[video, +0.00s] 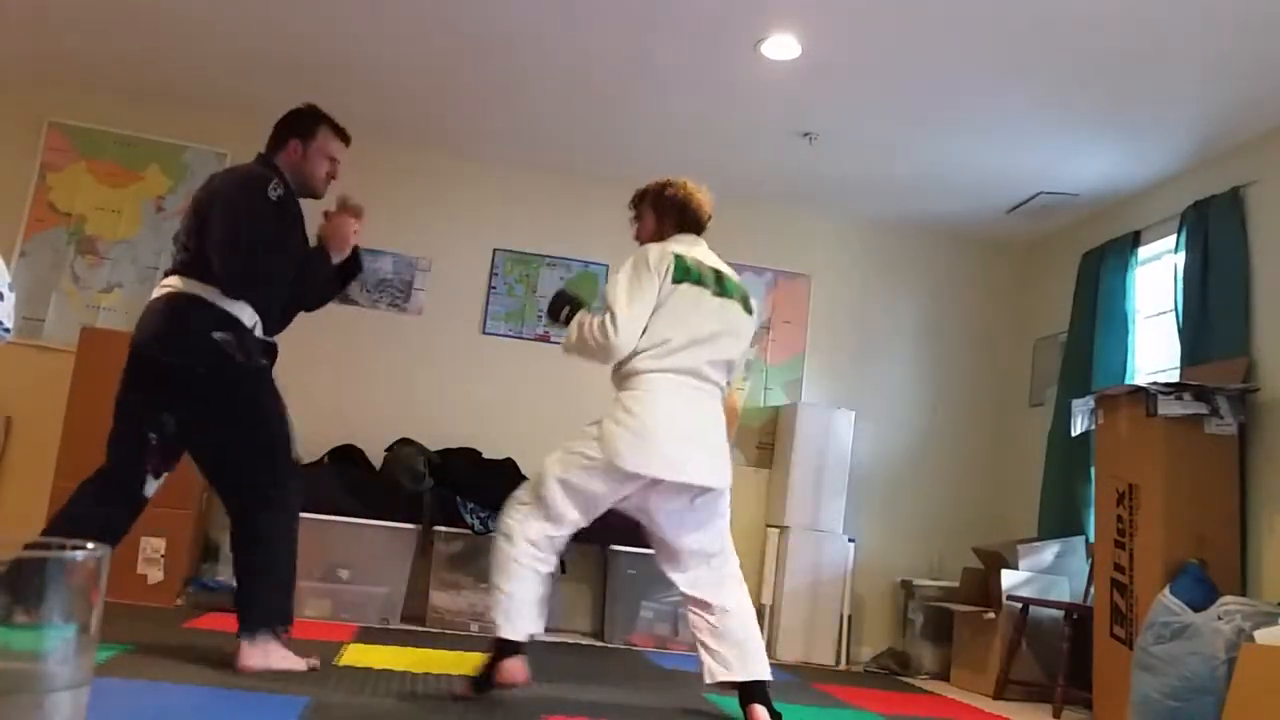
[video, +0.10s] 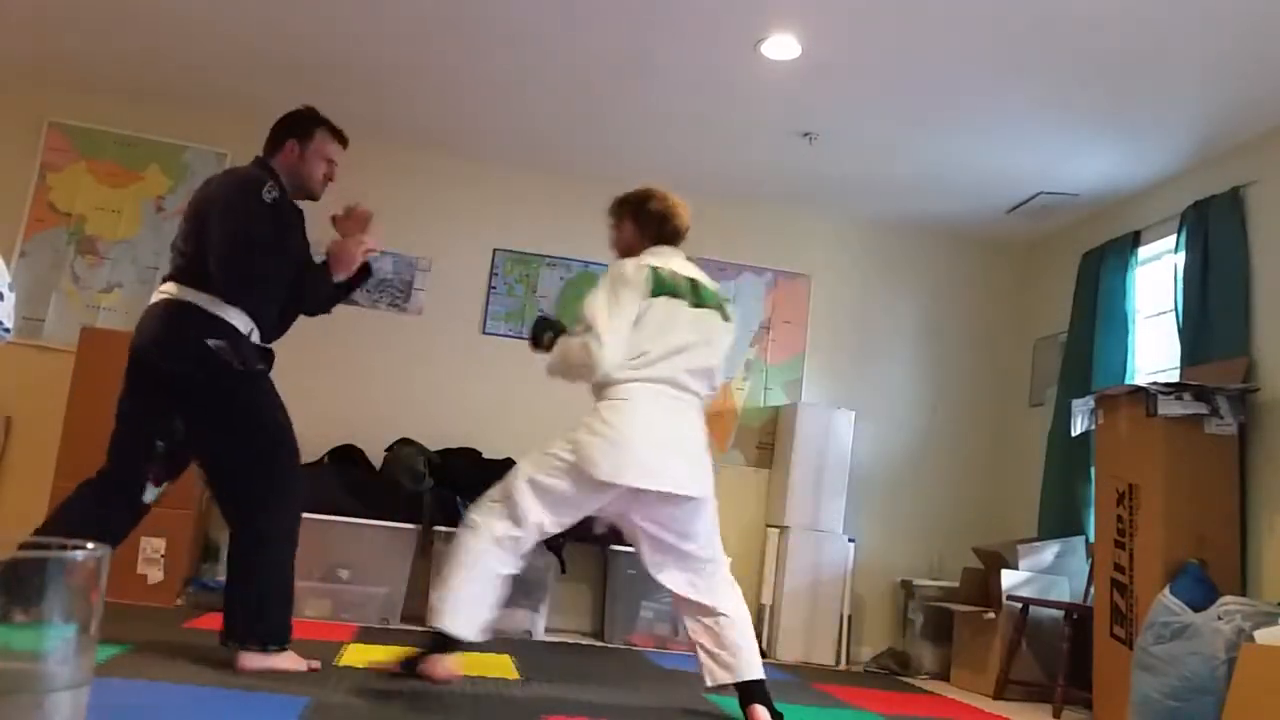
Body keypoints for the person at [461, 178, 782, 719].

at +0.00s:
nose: (635, 229)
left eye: (639, 218)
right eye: (635, 219)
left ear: (664, 217)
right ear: (694, 222)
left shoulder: (653, 258)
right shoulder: (738, 291)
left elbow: (615, 338)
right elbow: (730, 373)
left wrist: (571, 317)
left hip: (639, 430)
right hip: (705, 445)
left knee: (531, 514)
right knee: (715, 573)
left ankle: (508, 652)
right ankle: (758, 704)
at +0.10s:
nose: (613, 239)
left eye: (616, 229)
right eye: (613, 229)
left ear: (636, 229)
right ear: (674, 233)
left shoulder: (629, 273)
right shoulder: (716, 301)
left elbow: (599, 358)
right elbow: (709, 379)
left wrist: (553, 345)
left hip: (618, 436)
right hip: (686, 451)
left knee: (501, 518)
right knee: (707, 576)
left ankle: (446, 647)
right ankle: (758, 704)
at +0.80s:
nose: (474, 197)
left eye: (478, 187)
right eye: (476, 187)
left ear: (493, 187)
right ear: (539, 190)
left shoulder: (470, 230)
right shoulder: (576, 267)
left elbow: (401, 314)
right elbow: (579, 363)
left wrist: (382, 312)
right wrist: (525, 365)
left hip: (443, 413)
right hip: (524, 428)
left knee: (341, 521)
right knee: (554, 563)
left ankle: (268, 648)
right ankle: (586, 694)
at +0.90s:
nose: (454, 196)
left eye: (457, 187)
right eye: (456, 187)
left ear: (470, 188)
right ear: (522, 195)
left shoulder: (441, 236)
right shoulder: (549, 269)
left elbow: (365, 311)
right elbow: (549, 365)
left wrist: (355, 284)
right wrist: (495, 363)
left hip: (417, 418)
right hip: (499, 430)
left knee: (323, 526)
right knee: (538, 562)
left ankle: (263, 659)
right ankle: (584, 693)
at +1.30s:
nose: (337, 180)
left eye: (343, 172)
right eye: (342, 170)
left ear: (353, 177)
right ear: (404, 194)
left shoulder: (310, 217)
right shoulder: (421, 264)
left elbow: (227, 273)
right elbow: (446, 357)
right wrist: (380, 384)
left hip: (264, 394)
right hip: (349, 415)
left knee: (165, 498)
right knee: (360, 540)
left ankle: (137, 630)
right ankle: (401, 634)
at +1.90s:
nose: (167, 148)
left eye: (172, 139)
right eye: (170, 138)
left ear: (189, 145)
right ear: (231, 157)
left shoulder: (167, 185)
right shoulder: (255, 232)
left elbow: (90, 259)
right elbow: (252, 322)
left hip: (155, 361)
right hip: (222, 382)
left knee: (43, 451)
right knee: (205, 498)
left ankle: (55, 583)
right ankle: (239, 632)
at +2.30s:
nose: (83, 142)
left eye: (88, 136)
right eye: (89, 135)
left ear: (97, 142)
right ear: (150, 159)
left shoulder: (52, 179)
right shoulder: (172, 218)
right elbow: (188, 299)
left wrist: (21, 286)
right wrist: (139, 329)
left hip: (40, 343)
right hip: (123, 358)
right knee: (143, 481)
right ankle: (171, 585)